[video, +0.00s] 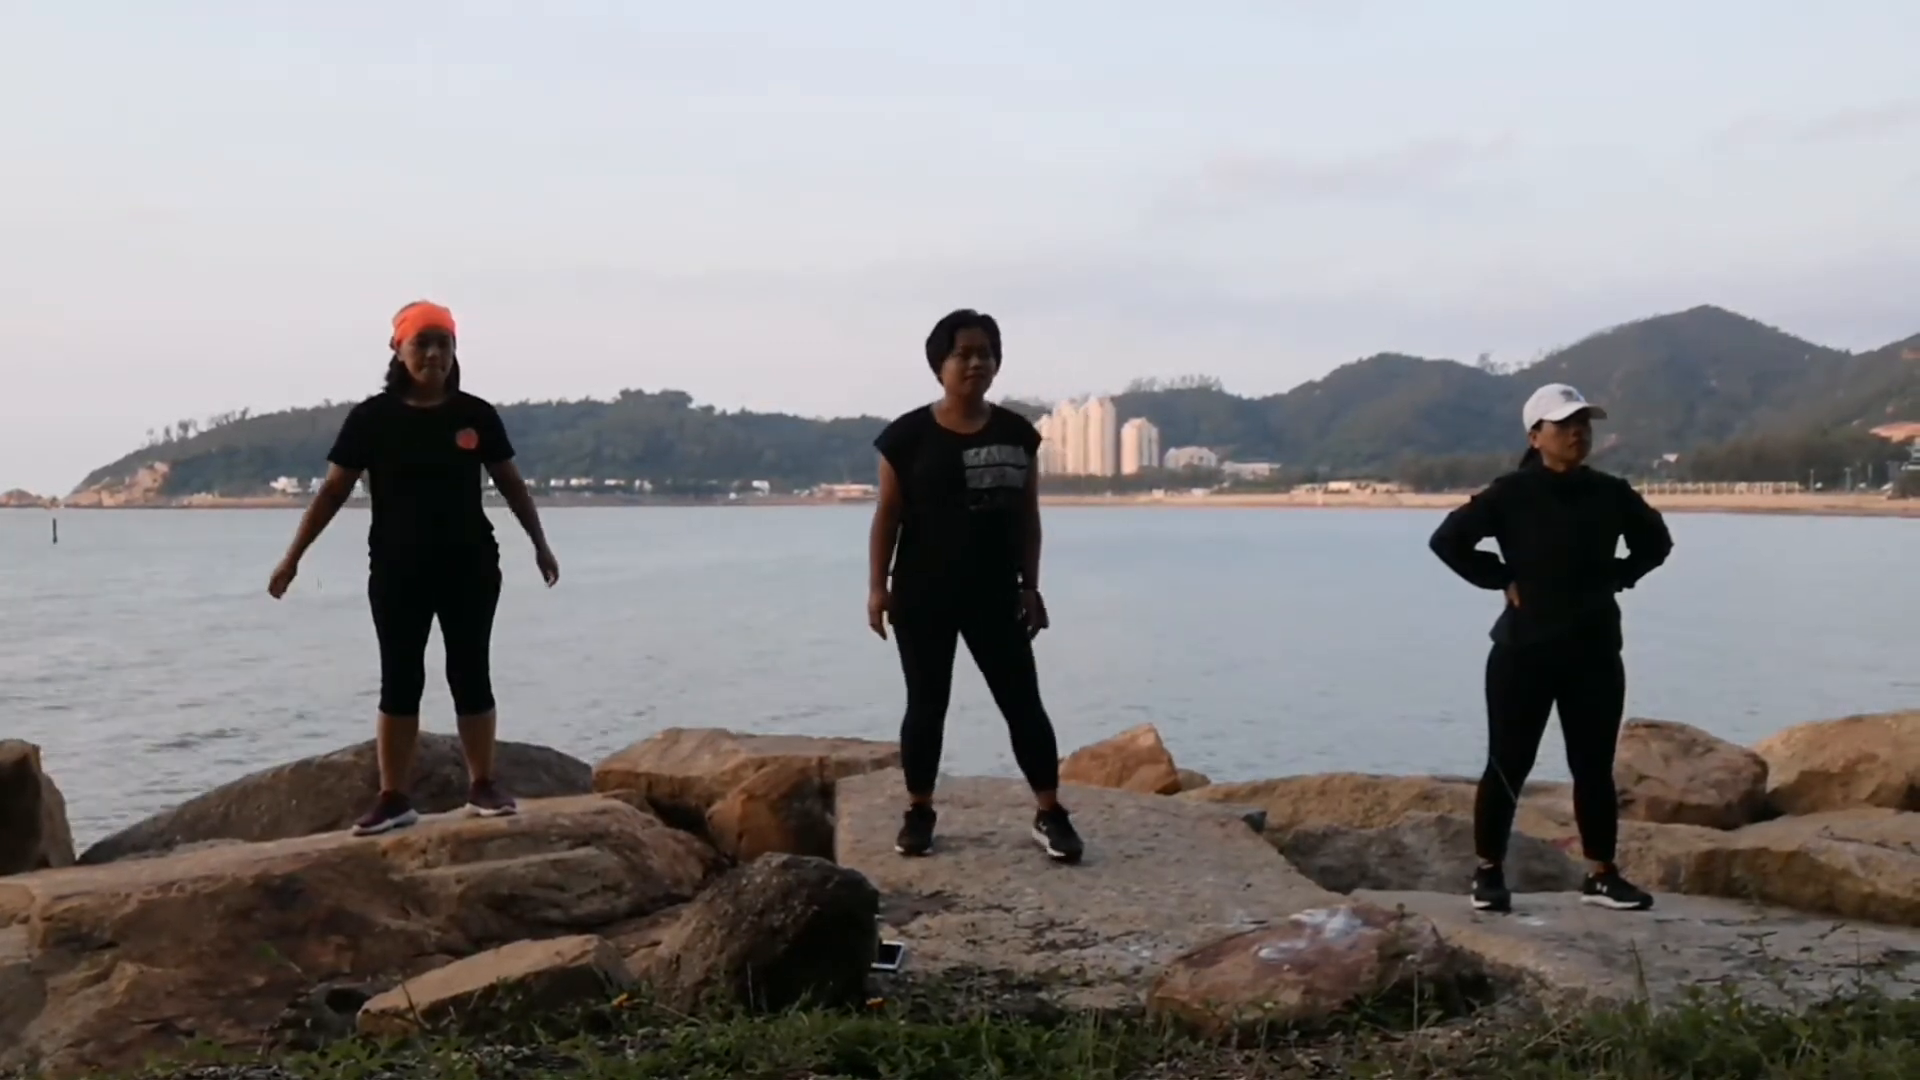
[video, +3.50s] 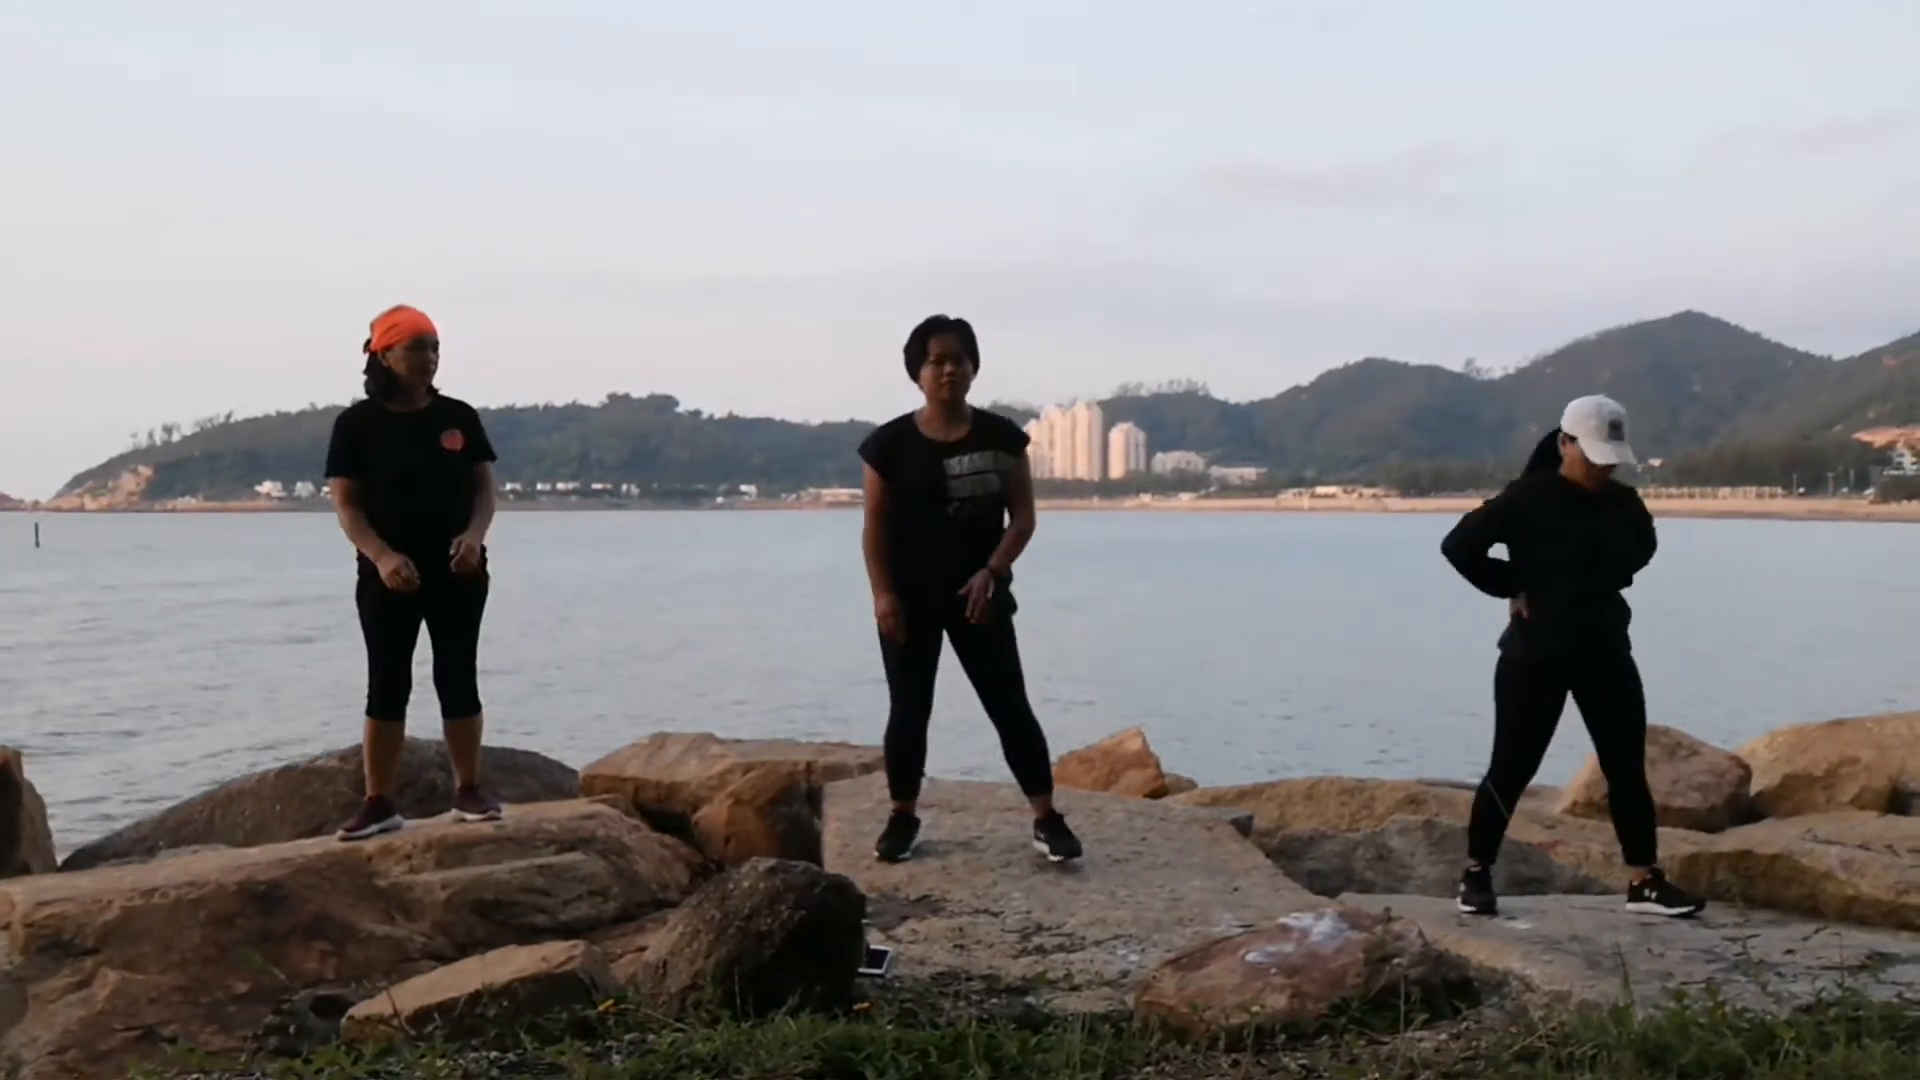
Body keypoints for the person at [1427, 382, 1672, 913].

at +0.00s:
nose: (1580, 433)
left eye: (1583, 423)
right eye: (1567, 424)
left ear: (1588, 429)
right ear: (1537, 435)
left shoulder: (1610, 492)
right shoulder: (1511, 493)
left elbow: (1657, 542)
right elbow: (1447, 541)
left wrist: (1613, 578)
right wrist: (1502, 578)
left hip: (1593, 651)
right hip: (1524, 650)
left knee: (1595, 769)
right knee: (1507, 766)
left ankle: (1602, 874)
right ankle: (1489, 874)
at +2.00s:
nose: (1541, 439)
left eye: (1551, 429)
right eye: (1530, 429)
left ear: (1567, 436)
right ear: (1513, 438)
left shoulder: (1594, 495)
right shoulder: (1493, 498)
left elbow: (1645, 542)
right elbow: (1431, 547)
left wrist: (1603, 578)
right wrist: (1487, 581)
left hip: (1581, 653)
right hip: (1512, 653)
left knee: (1586, 770)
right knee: (1498, 768)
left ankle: (1594, 875)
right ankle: (1481, 874)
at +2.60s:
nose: (1493, 442)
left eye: (1502, 432)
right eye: (1482, 433)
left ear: (1512, 436)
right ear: (1459, 437)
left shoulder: (1532, 489)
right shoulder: (1437, 502)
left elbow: (1574, 524)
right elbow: (1380, 561)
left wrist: (1542, 565)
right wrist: (1441, 591)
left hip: (1536, 642)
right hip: (1471, 648)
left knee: (1575, 749)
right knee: (1474, 765)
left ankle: (1555, 836)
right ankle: (1476, 873)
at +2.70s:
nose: (1496, 447)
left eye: (1502, 438)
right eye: (1485, 438)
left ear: (1510, 439)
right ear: (1456, 438)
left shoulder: (1528, 488)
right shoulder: (1432, 502)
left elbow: (1572, 525)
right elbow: (1375, 562)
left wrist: (1541, 564)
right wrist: (1437, 591)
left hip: (1534, 639)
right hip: (1470, 647)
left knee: (1577, 746)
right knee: (1473, 765)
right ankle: (1476, 875)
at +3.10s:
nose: (1515, 457)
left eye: (1519, 447)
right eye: (1505, 446)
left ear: (1521, 444)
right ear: (1474, 442)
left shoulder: (1536, 489)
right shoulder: (1447, 501)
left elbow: (1567, 525)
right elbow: (1388, 567)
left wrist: (1536, 570)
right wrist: (1450, 594)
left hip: (1541, 636)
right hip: (1479, 642)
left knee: (1570, 743)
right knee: (1476, 765)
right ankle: (1473, 874)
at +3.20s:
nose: (1532, 461)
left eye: (1536, 451)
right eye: (1523, 451)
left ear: (1540, 446)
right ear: (1491, 444)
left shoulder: (1549, 493)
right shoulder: (1461, 500)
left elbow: (1566, 537)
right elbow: (1403, 568)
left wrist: (1533, 581)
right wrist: (1462, 595)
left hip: (1547, 642)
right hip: (1486, 648)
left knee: (1577, 751)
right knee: (1480, 765)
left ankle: (1590, 853)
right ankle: (1474, 875)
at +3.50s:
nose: (1603, 471)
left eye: (1610, 461)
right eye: (1594, 460)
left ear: (1618, 451)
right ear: (1566, 446)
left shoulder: (1621, 496)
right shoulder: (1527, 498)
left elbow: (1644, 545)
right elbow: (1459, 547)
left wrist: (1605, 581)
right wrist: (1512, 585)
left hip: (1604, 649)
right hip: (1536, 650)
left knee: (1627, 767)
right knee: (1513, 766)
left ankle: (1645, 880)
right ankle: (1478, 875)